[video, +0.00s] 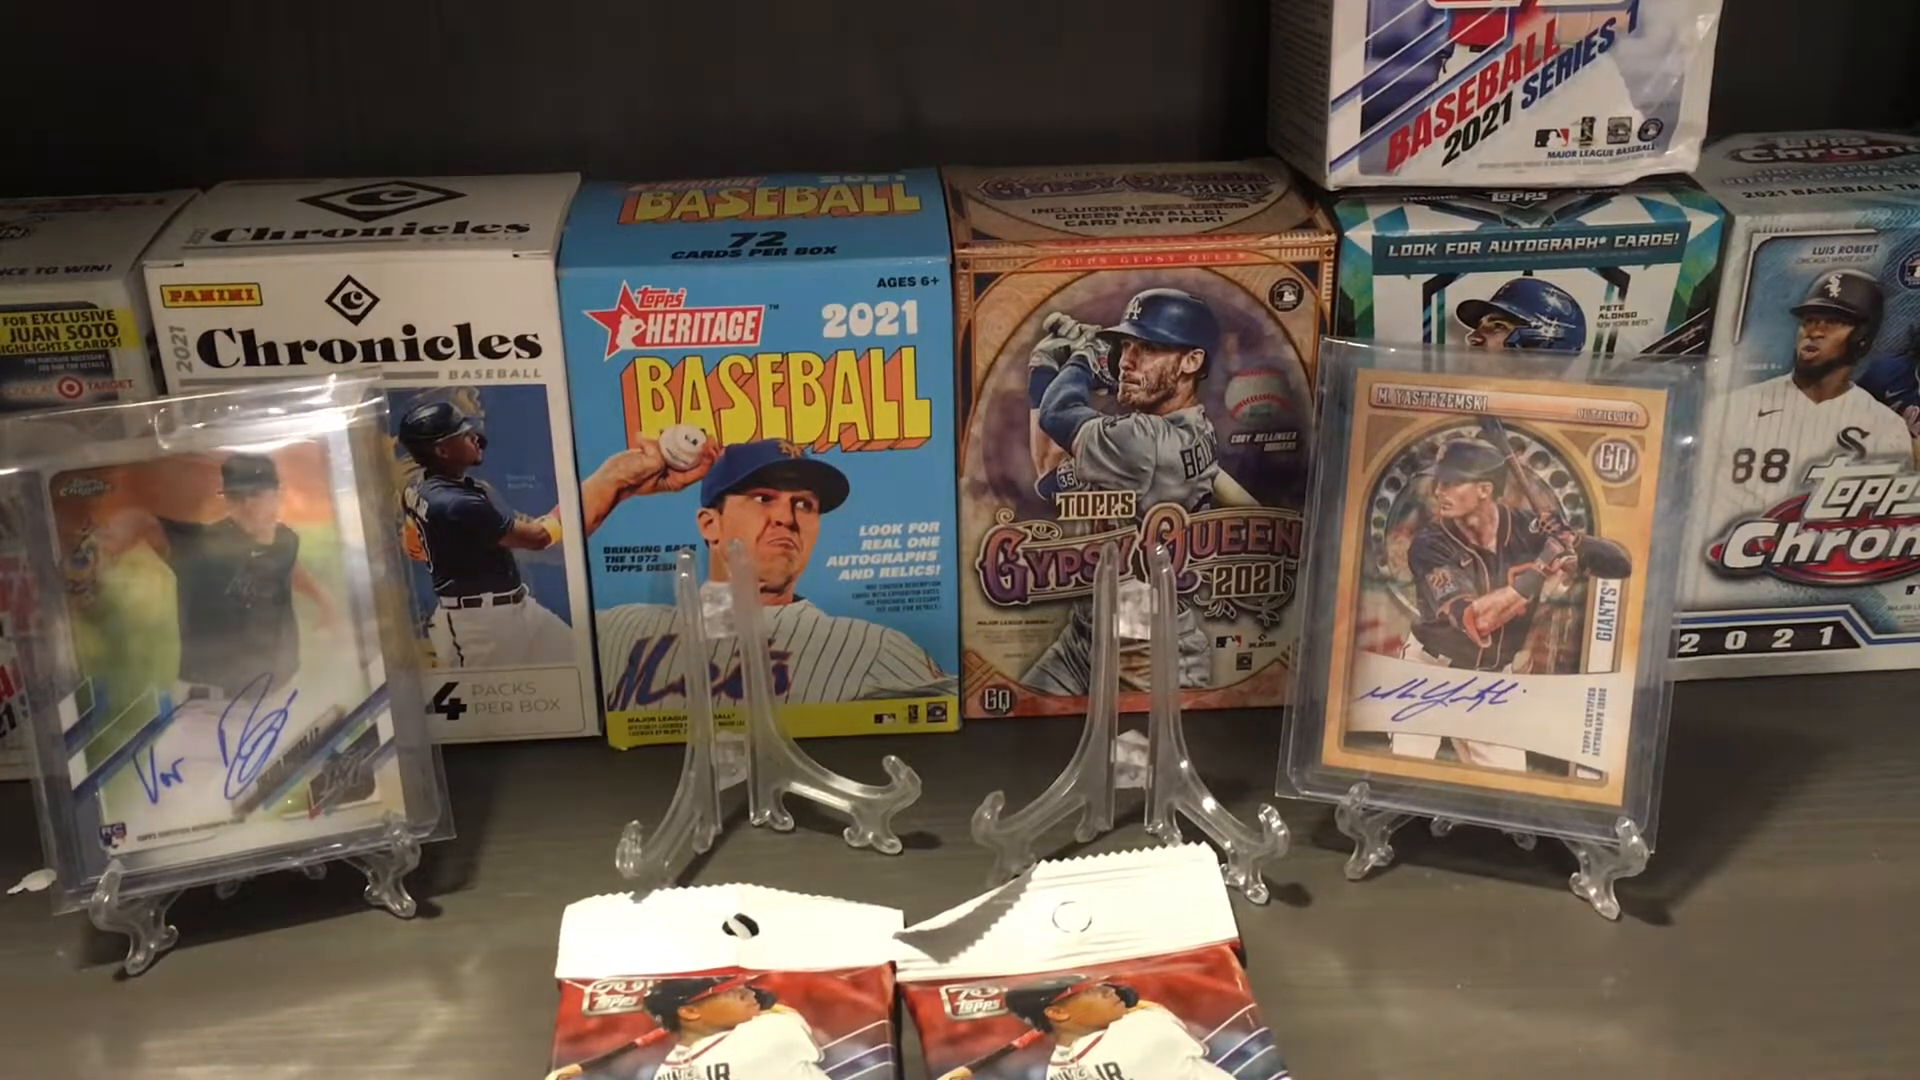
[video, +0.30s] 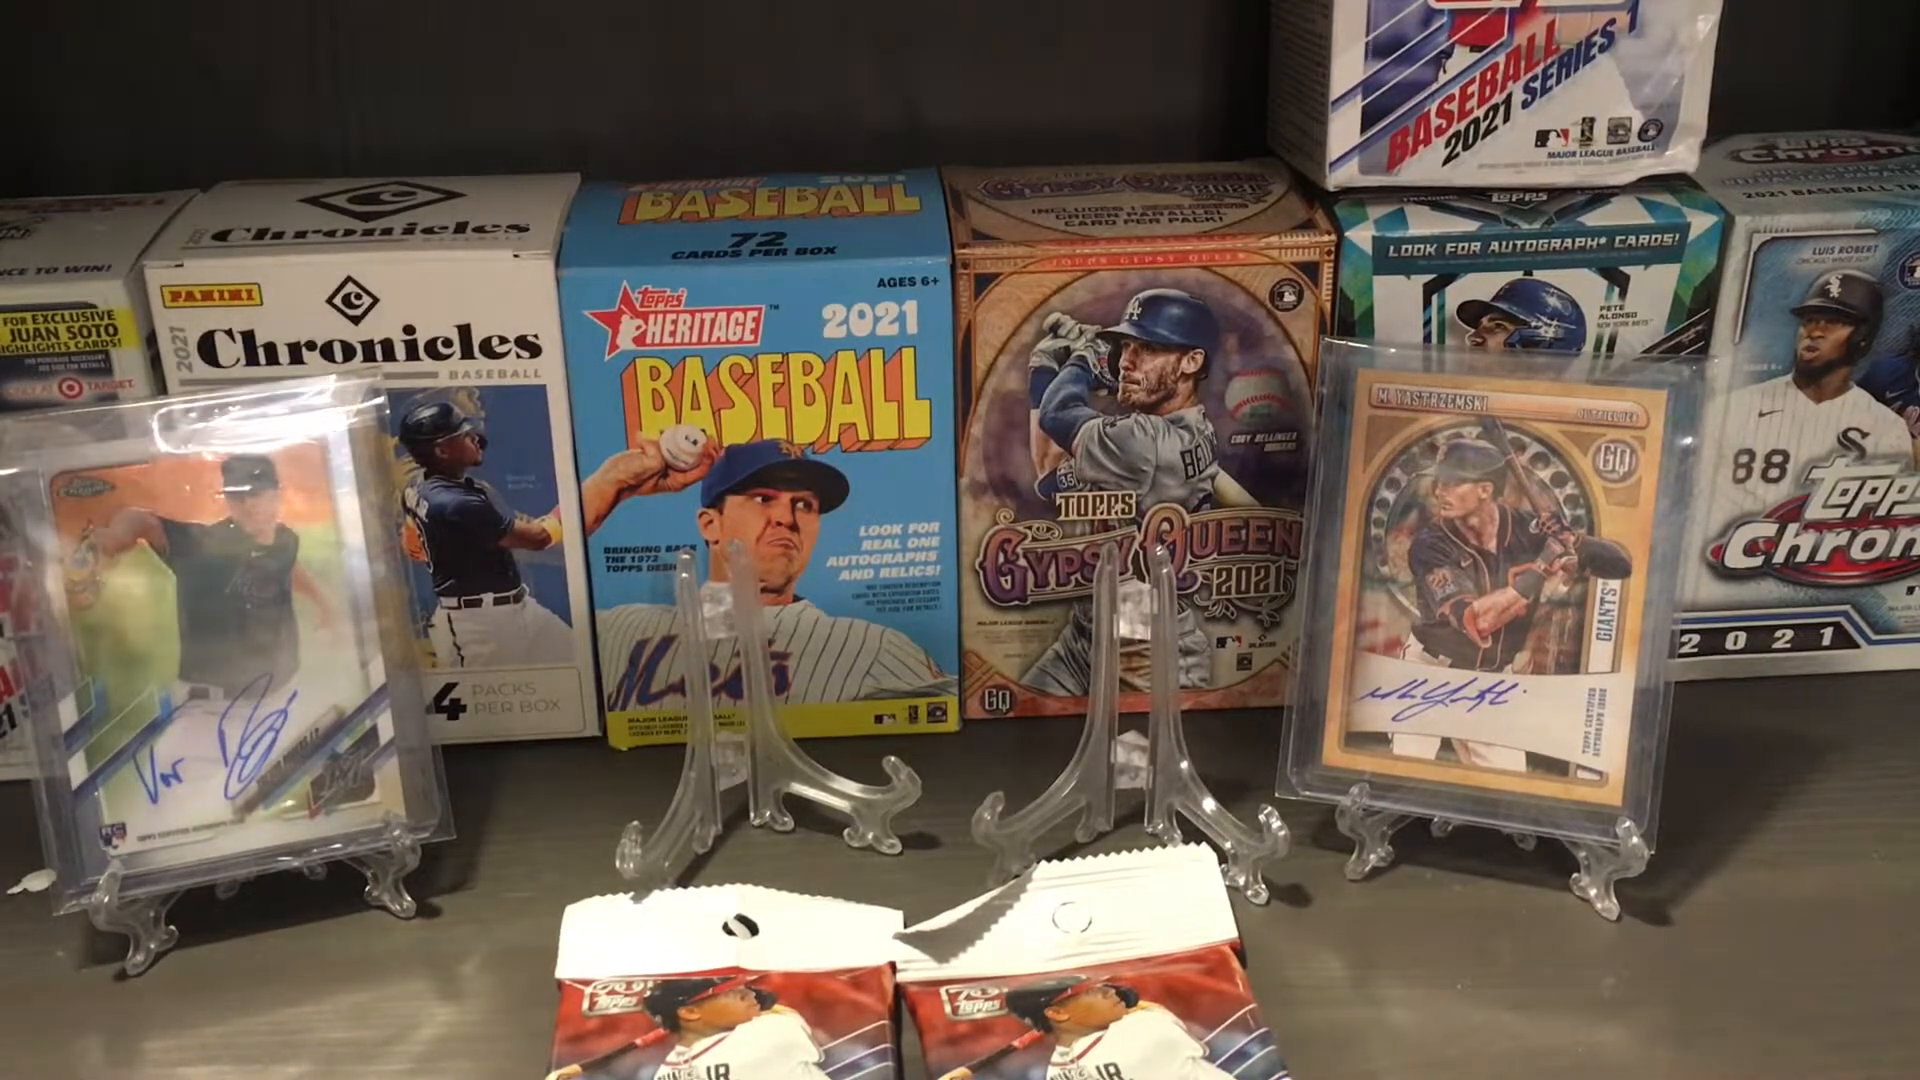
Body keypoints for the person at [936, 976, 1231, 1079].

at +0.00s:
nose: (1107, 990)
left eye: (1097, 985)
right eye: (1090, 990)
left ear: (1059, 1015)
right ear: (1059, 1014)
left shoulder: (1055, 1073)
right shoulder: (1151, 1026)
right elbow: (1145, 1005)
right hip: (1221, 1072)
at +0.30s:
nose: (1108, 991)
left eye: (1097, 986)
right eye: (1090, 990)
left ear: (1059, 1015)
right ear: (1059, 1014)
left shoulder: (1055, 1073)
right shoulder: (1151, 1026)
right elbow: (1145, 1005)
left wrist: (963, 1077)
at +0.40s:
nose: (1107, 990)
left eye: (1096, 985)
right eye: (1090, 990)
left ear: (1059, 1015)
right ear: (1059, 1014)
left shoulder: (1055, 1073)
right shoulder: (1150, 1027)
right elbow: (1147, 1005)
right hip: (1225, 1075)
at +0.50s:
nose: (1107, 990)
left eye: (1096, 985)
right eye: (1090, 990)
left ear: (1059, 1015)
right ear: (1059, 1014)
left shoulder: (1055, 1073)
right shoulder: (1151, 1026)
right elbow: (1146, 1005)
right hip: (1221, 1072)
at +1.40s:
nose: (1109, 991)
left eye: (1098, 985)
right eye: (1091, 990)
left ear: (1059, 1015)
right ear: (1059, 1014)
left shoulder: (1055, 1074)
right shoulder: (1151, 1027)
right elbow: (1144, 1004)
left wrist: (962, 1076)